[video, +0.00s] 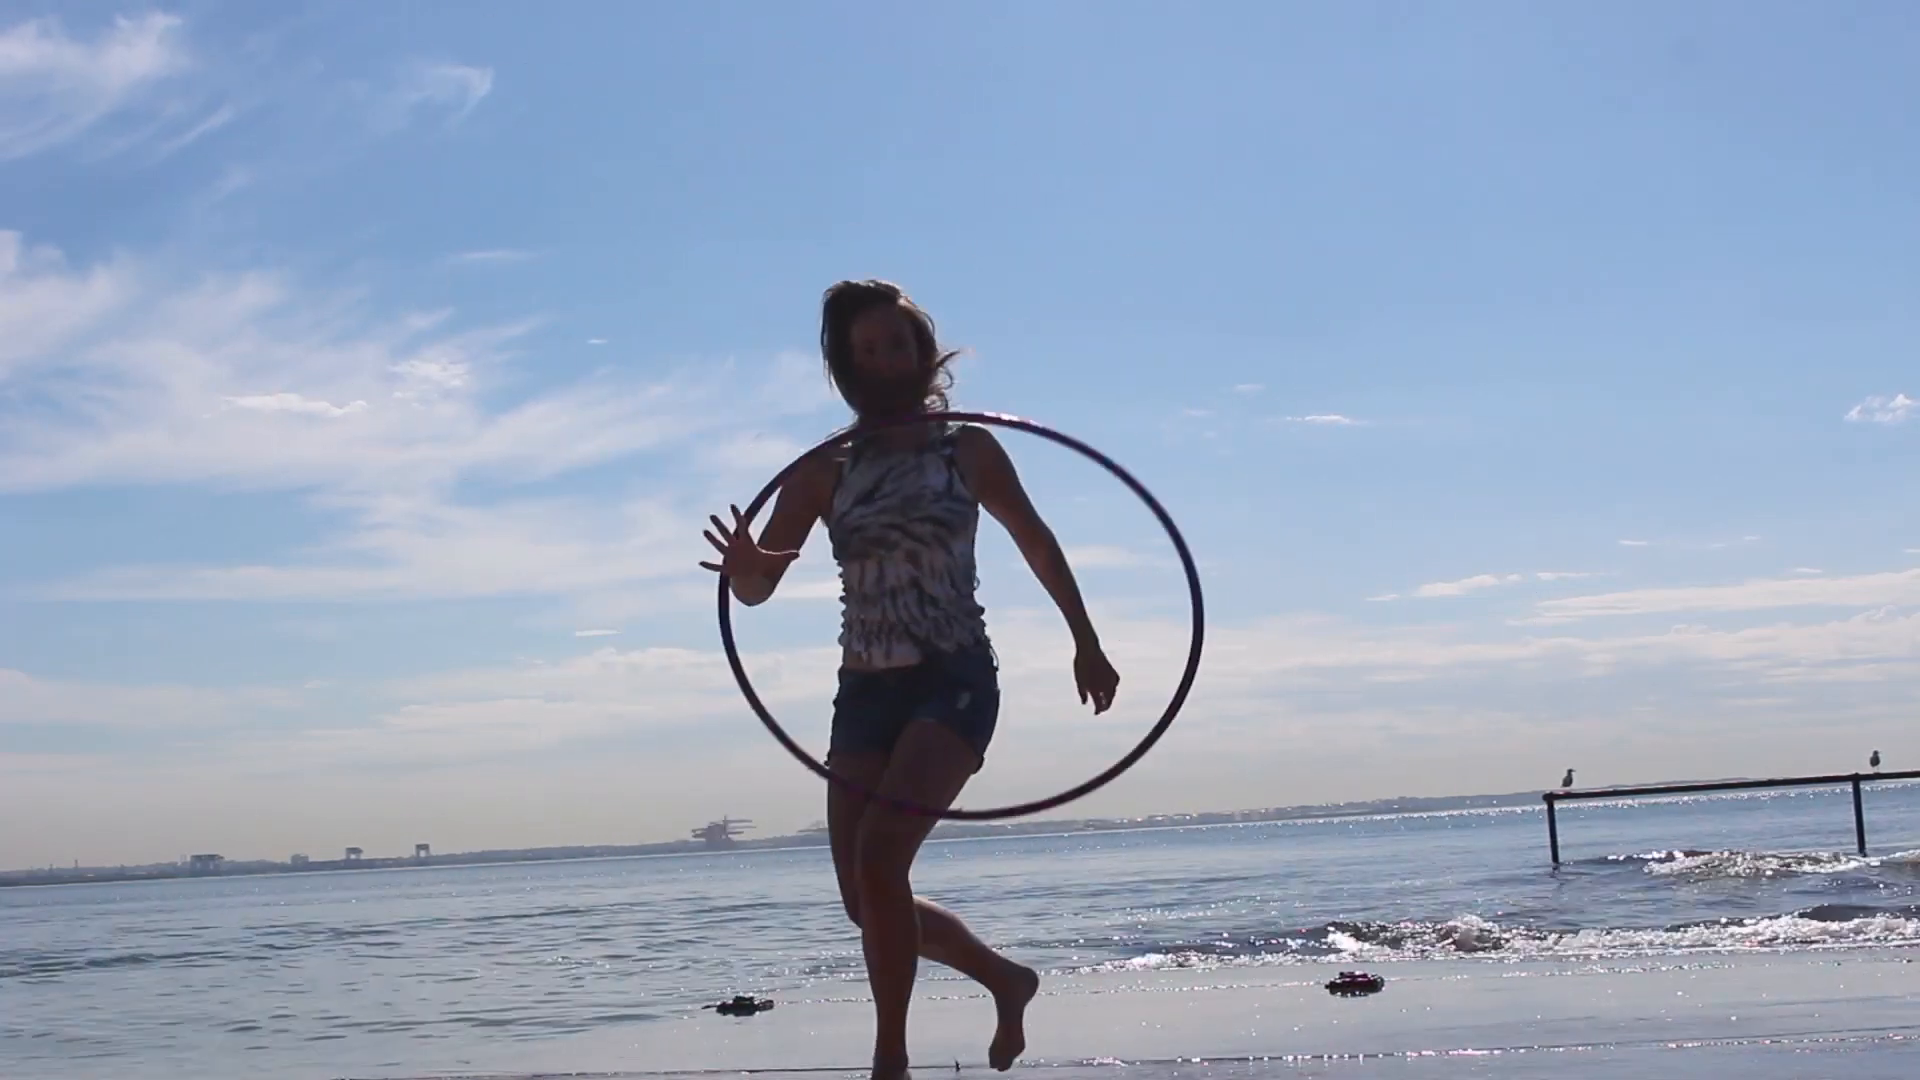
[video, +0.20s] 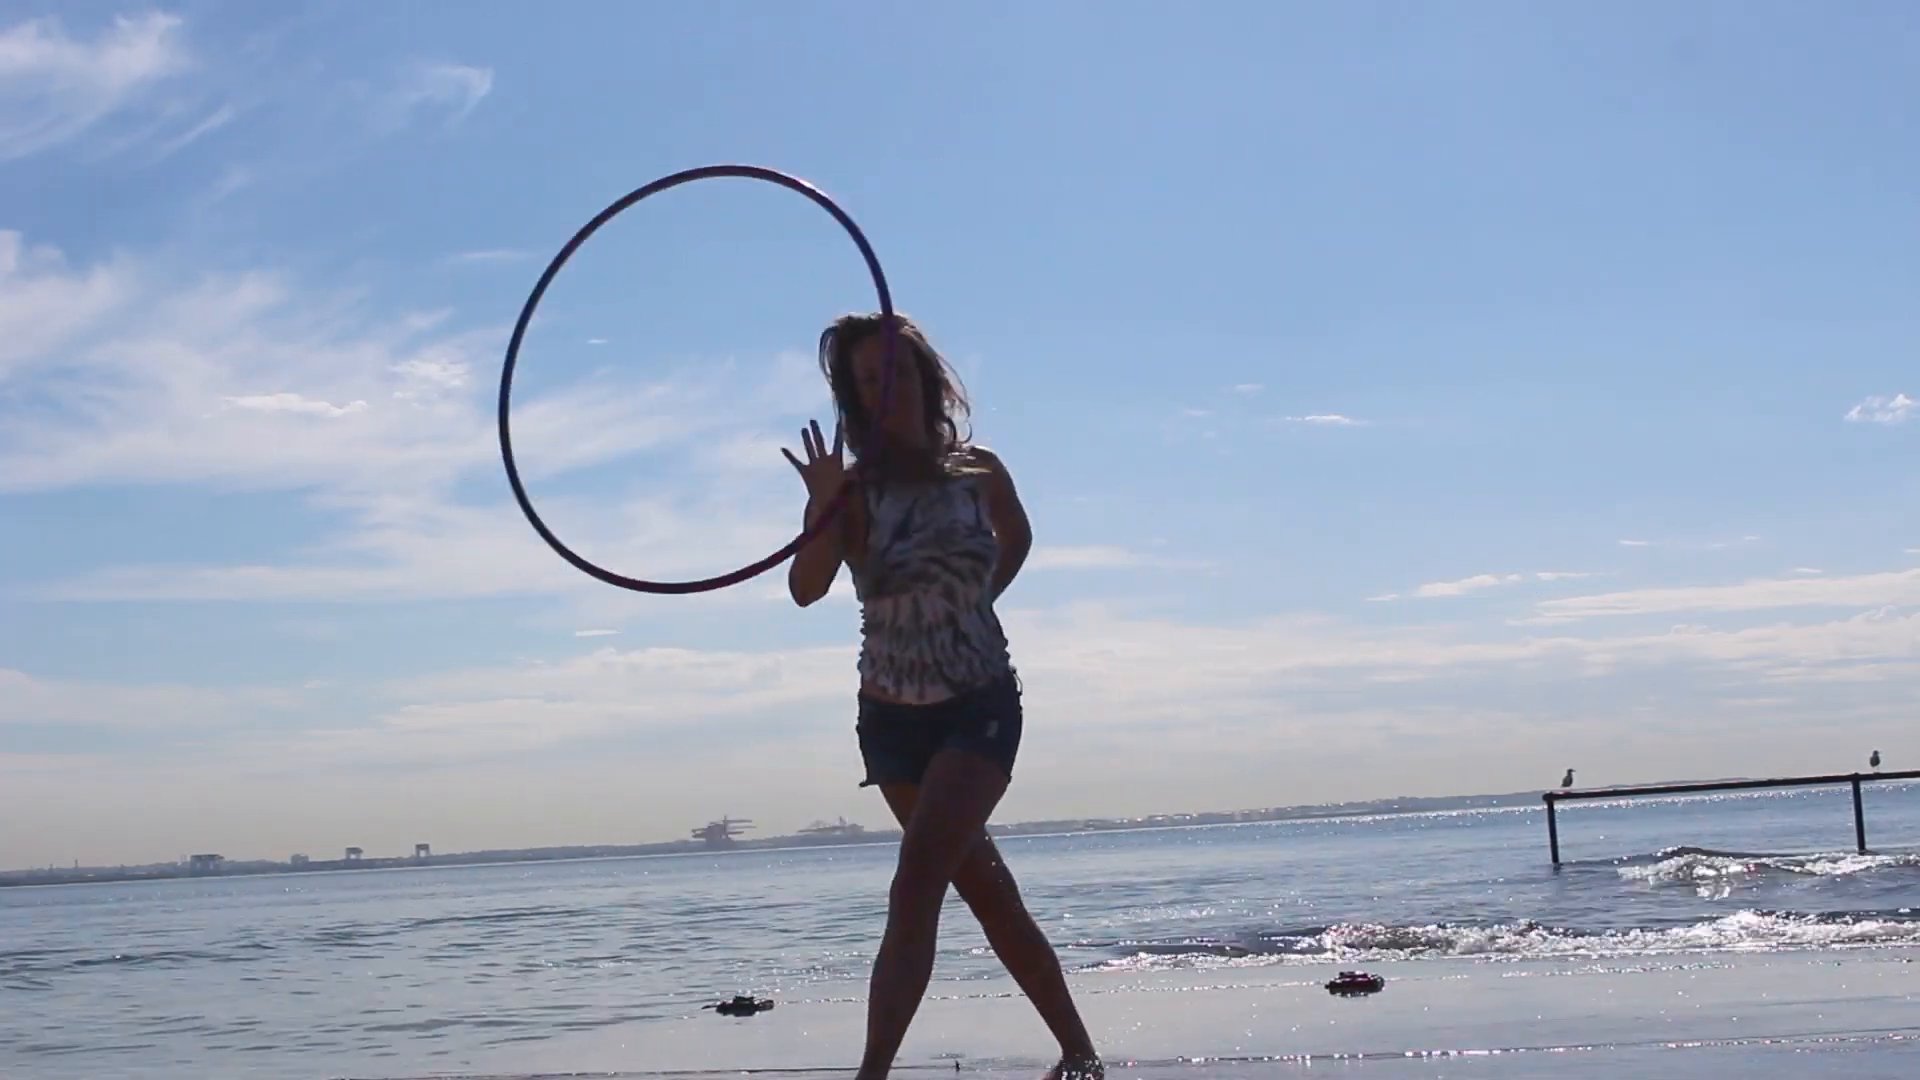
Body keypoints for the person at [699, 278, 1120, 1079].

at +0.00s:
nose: (891, 356)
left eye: (900, 339)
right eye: (871, 348)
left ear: (925, 347)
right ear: (845, 366)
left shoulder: (966, 446)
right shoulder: (822, 469)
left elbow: (1035, 540)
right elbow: (757, 585)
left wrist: (1086, 639)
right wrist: (743, 562)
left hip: (954, 679)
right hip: (867, 688)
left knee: (881, 859)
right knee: (863, 900)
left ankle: (890, 1053)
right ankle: (1006, 979)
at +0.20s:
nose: (885, 390)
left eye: (896, 372)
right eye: (868, 381)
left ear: (924, 375)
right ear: (853, 394)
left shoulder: (979, 467)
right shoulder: (850, 487)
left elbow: (1016, 542)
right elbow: (806, 588)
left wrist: (967, 606)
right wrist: (823, 501)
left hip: (979, 698)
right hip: (889, 709)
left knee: (916, 886)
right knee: (991, 894)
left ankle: (872, 1070)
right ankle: (1080, 1052)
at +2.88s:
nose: (948, 317)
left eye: (950, 298)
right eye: (947, 298)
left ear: (878, 278)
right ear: (915, 287)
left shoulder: (840, 349)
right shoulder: (868, 333)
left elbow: (854, 469)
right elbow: (1020, 318)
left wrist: (917, 429)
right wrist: (965, 394)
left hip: (847, 625)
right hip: (878, 625)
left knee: (896, 857)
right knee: (961, 849)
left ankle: (900, 1054)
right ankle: (895, 1054)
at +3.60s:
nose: (795, 288)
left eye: (798, 271)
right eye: (783, 268)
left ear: (761, 278)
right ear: (730, 266)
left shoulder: (763, 366)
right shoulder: (668, 347)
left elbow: (831, 373)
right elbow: (552, 246)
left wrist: (777, 321)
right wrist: (643, 262)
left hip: (752, 636)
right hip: (674, 630)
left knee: (733, 877)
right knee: (710, 873)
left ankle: (743, 1076)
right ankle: (648, 1073)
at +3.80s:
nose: (752, 280)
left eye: (751, 262)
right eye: (745, 264)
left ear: (636, 264)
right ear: (708, 268)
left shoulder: (578, 363)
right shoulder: (712, 350)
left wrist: (662, 286)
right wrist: (746, 277)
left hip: (612, 622)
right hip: (720, 622)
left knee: (622, 883)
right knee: (685, 880)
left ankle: (648, 1068)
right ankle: (649, 1069)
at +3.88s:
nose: (725, 300)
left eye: (726, 290)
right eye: (722, 290)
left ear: (610, 280)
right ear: (701, 294)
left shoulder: (557, 380)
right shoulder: (728, 376)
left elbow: (433, 397)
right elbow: (873, 361)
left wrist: (540, 334)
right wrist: (757, 313)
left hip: (612, 646)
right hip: (722, 641)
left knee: (595, 886)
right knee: (699, 878)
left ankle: (657, 1070)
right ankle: (697, 1065)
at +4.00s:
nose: (578, 321)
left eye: (588, 307)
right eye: (581, 308)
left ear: (620, 316)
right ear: (672, 323)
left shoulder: (598, 397)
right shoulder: (700, 410)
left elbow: (534, 431)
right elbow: (785, 430)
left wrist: (481, 360)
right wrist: (704, 361)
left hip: (604, 664)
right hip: (679, 663)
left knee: (584, 897)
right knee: (633, 897)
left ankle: (650, 1072)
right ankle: (755, 1054)